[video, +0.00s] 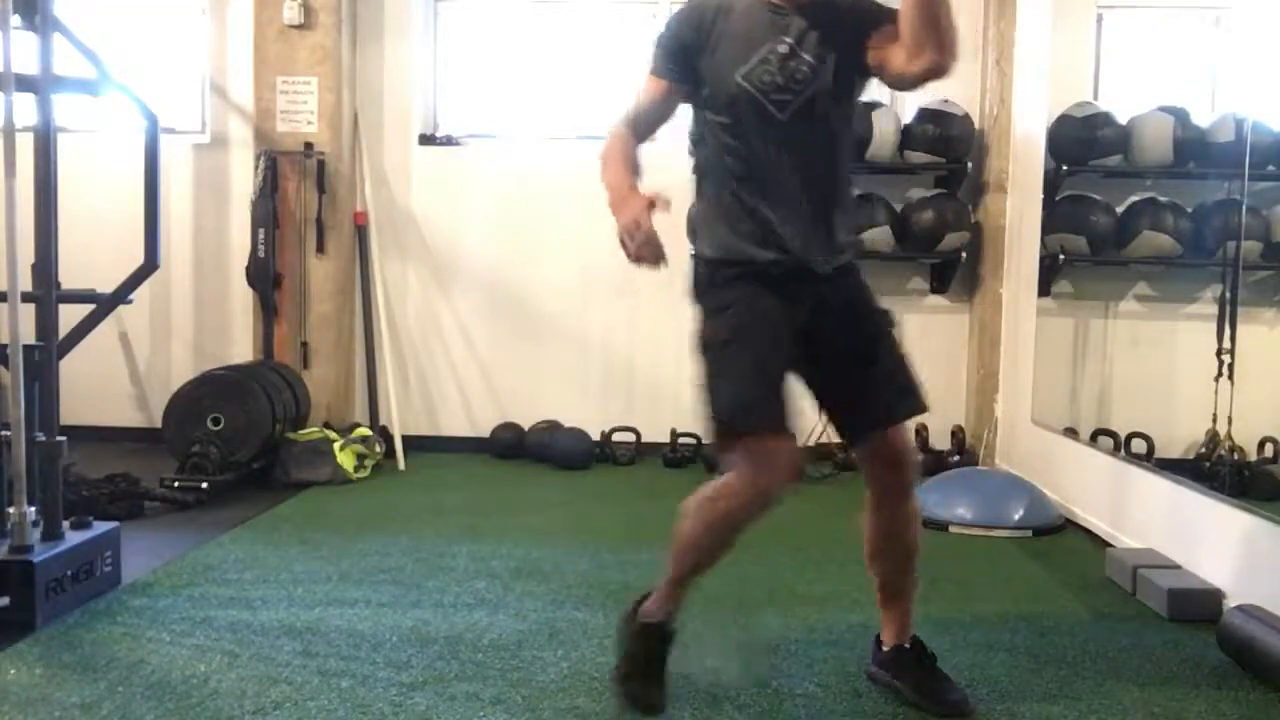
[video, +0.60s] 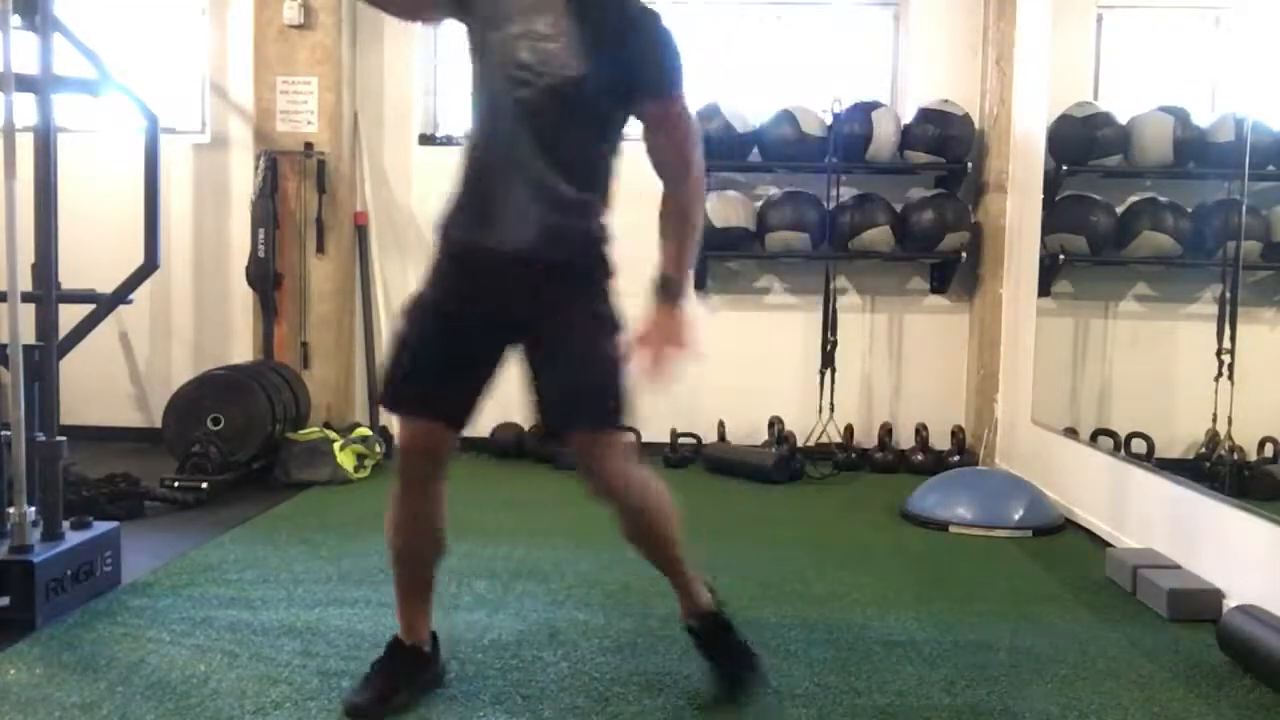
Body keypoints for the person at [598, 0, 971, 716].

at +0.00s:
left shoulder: (850, 18)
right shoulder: (708, 15)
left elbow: (929, 54)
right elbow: (624, 136)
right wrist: (625, 199)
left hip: (828, 271)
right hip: (738, 268)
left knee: (895, 460)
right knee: (766, 466)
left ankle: (897, 648)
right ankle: (655, 615)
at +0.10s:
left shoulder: (812, 15)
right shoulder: (672, 13)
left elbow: (884, 58)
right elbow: (584, 122)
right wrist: (595, 159)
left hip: (787, 276)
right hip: (694, 274)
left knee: (849, 456)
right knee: (701, 467)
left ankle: (875, 648)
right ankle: (644, 637)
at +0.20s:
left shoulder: (783, 14)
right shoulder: (646, 8)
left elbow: (833, 75)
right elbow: (581, 79)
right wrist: (556, 103)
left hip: (746, 265)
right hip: (656, 261)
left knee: (805, 453)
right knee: (652, 454)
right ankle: (635, 634)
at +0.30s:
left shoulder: (776, 17)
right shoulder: (622, 7)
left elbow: (794, 99)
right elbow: (522, 84)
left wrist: (745, 26)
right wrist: (509, 49)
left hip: (719, 268)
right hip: (622, 260)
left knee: (746, 469)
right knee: (580, 455)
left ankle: (725, 635)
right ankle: (576, 625)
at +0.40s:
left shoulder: (723, 20)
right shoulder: (572, 9)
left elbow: (740, 124)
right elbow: (457, 53)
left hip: (682, 268)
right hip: (585, 260)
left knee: (722, 463)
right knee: (521, 449)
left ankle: (724, 636)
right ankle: (464, 628)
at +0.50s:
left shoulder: (669, 24)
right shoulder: (524, 8)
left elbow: (707, 143)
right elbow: (413, 19)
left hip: (627, 262)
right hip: (527, 259)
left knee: (681, 466)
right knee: (462, 458)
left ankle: (719, 637)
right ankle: (419, 646)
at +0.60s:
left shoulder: (629, 26)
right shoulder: (483, 2)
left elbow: (682, 167)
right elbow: (406, 4)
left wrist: (671, 293)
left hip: (566, 272)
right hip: (470, 263)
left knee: (609, 467)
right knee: (418, 448)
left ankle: (701, 610)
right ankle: (412, 646)